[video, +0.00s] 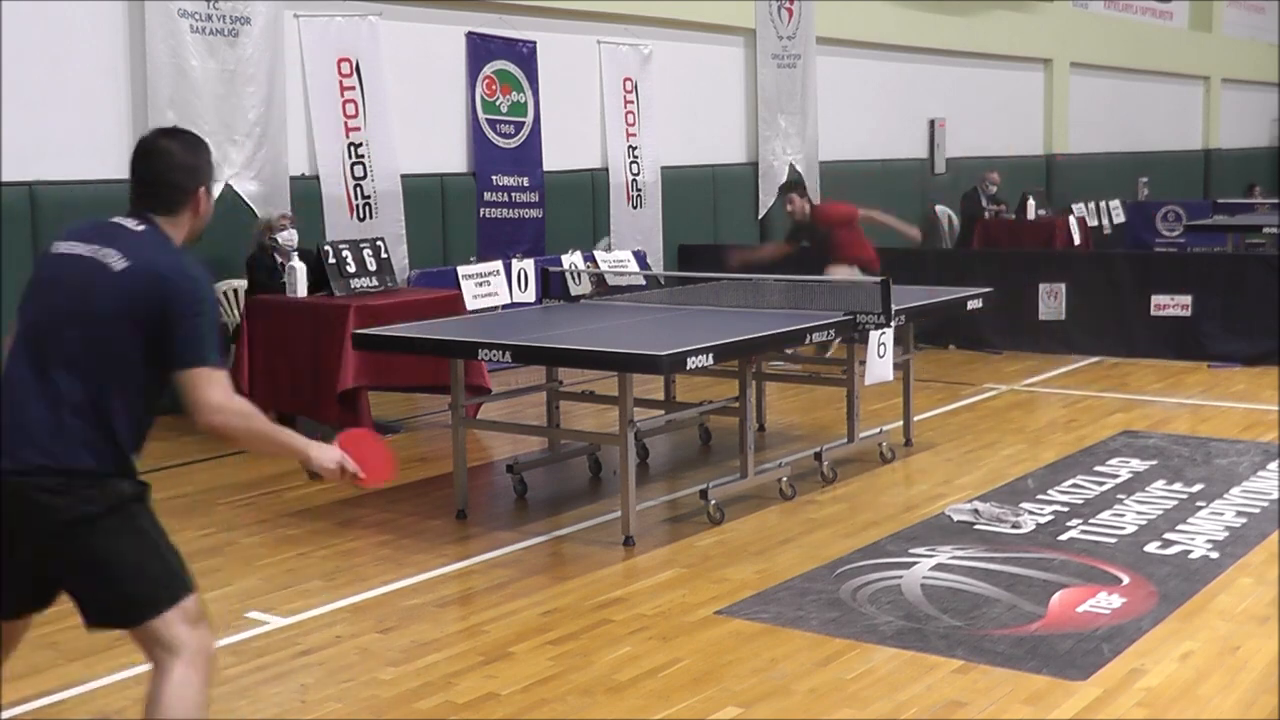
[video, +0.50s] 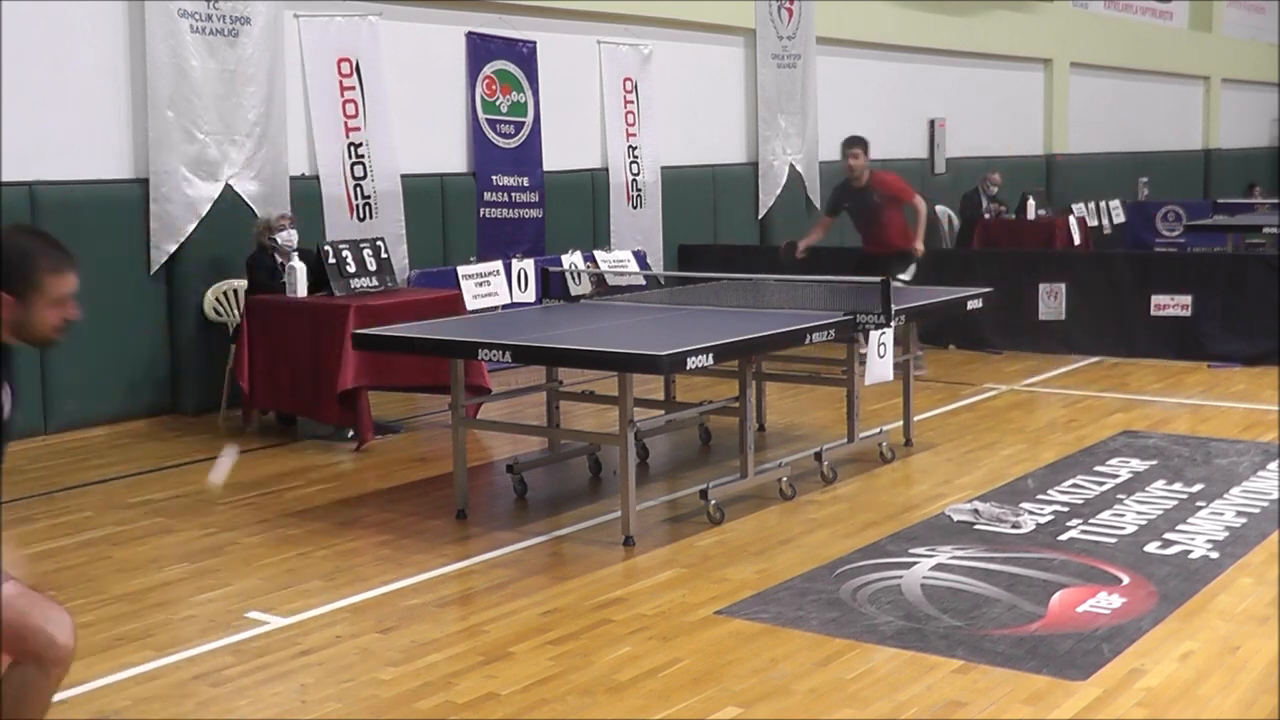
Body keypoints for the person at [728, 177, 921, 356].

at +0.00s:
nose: (788, 208)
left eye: (790, 202)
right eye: (785, 204)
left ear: (805, 198)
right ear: (788, 206)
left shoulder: (828, 213)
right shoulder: (801, 226)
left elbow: (872, 215)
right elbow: (780, 249)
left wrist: (909, 231)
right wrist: (744, 257)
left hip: (863, 266)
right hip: (838, 269)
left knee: (832, 272)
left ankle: (829, 331)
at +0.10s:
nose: (782, 211)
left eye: (786, 205)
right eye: (779, 206)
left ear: (800, 202)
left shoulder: (820, 220)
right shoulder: (797, 228)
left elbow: (862, 233)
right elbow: (789, 260)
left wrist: (885, 261)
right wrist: (768, 280)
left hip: (856, 277)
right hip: (830, 278)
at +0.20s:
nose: (790, 200)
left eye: (794, 194)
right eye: (787, 195)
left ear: (809, 194)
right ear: (785, 197)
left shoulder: (824, 215)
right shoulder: (801, 223)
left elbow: (866, 228)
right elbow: (790, 256)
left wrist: (873, 266)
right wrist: (765, 280)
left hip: (855, 277)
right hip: (831, 277)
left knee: (810, 303)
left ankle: (814, 356)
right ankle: (790, 349)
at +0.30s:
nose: (802, 183)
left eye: (806, 177)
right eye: (799, 178)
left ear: (819, 177)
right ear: (796, 180)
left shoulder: (839, 196)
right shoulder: (810, 207)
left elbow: (881, 203)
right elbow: (794, 243)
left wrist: (883, 242)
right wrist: (768, 264)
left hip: (869, 257)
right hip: (843, 257)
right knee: (816, 297)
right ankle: (815, 355)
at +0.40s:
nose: (829, 166)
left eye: (834, 160)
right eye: (825, 161)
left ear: (845, 161)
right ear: (823, 164)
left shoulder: (865, 182)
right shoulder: (827, 193)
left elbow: (904, 194)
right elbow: (810, 227)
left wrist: (904, 231)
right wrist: (790, 247)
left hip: (890, 249)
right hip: (863, 249)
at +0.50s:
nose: (850, 163)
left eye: (855, 157)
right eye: (846, 158)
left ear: (866, 159)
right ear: (842, 161)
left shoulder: (884, 182)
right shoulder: (842, 191)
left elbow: (920, 204)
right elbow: (823, 225)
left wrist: (919, 241)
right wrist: (804, 243)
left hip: (902, 254)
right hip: (872, 256)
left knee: (897, 302)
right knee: (858, 298)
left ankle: (914, 353)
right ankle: (865, 351)